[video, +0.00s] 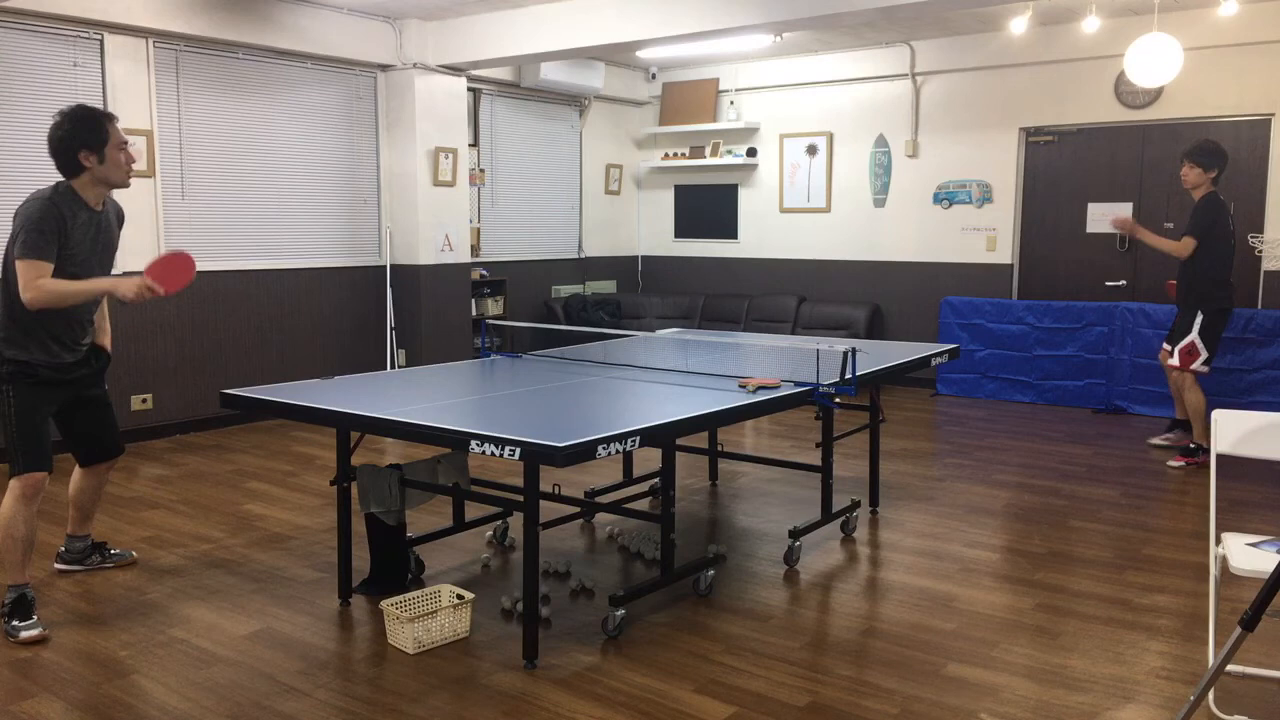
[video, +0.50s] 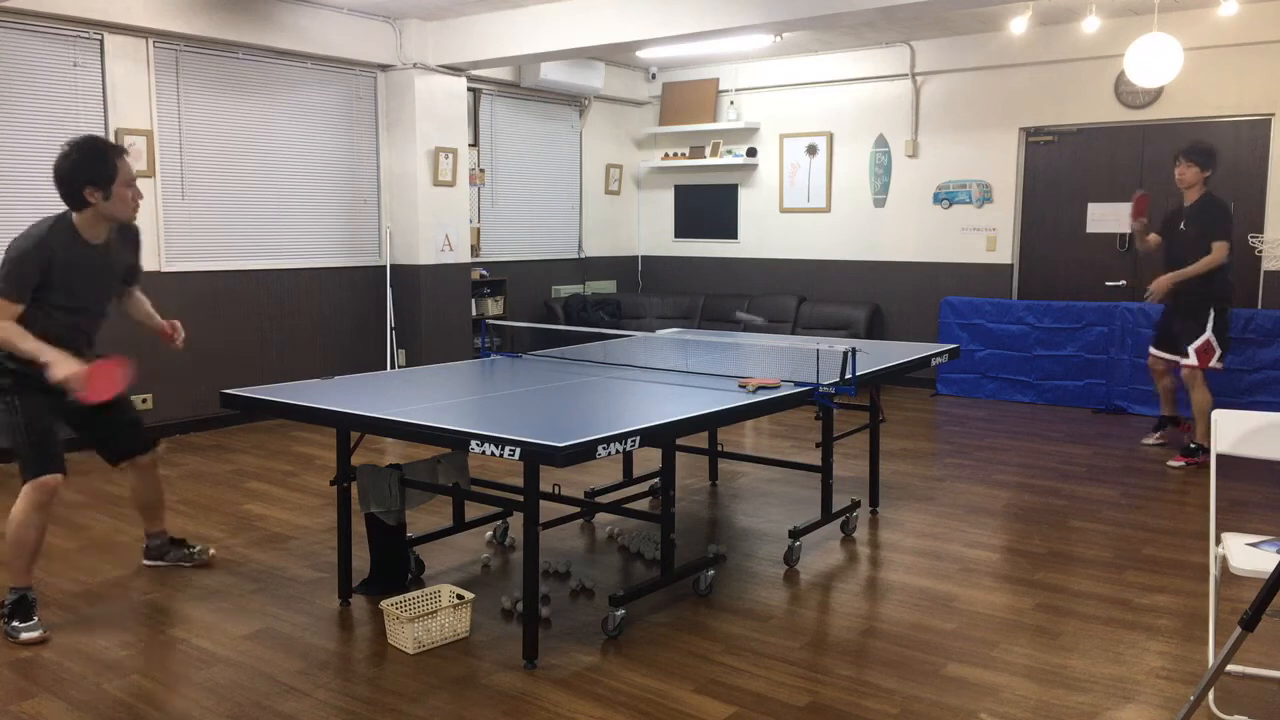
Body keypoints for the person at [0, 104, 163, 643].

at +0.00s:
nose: (131, 154)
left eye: (127, 144)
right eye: (120, 148)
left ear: (94, 158)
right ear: (86, 160)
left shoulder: (111, 214)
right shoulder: (41, 211)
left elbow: (96, 281)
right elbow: (33, 292)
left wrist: (102, 343)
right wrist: (110, 284)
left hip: (77, 361)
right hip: (22, 365)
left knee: (101, 453)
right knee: (30, 478)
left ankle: (78, 544)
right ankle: (16, 594)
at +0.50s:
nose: (138, 192)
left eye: (135, 181)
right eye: (128, 184)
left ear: (102, 193)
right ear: (93, 196)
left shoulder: (124, 238)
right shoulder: (36, 246)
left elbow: (125, 291)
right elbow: (2, 323)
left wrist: (158, 323)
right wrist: (51, 355)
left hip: (82, 367)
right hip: (23, 374)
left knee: (141, 451)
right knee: (45, 480)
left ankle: (158, 543)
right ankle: (18, 598)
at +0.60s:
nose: (147, 197)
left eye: (145, 187)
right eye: (137, 191)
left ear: (109, 199)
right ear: (101, 202)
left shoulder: (141, 241)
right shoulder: (41, 247)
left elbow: (148, 293)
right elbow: (3, 307)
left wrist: (169, 325)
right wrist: (14, 359)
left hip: (102, 368)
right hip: (42, 373)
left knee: (167, 455)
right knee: (44, 478)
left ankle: (162, 543)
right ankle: (19, 598)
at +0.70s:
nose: (159, 207)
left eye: (157, 197)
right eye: (149, 200)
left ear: (127, 206)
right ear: (112, 209)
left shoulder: (156, 248)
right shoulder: (51, 253)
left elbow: (169, 299)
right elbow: (14, 306)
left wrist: (183, 334)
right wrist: (3, 358)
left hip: (124, 373)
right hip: (60, 377)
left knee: (186, 457)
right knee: (52, 477)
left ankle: (164, 542)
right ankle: (21, 596)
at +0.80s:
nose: (172, 212)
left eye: (171, 203)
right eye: (161, 206)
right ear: (124, 213)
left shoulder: (171, 251)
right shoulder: (74, 253)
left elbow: (182, 300)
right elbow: (39, 313)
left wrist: (193, 339)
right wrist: (19, 361)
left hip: (139, 377)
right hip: (77, 380)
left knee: (199, 457)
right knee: (63, 477)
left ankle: (167, 541)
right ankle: (23, 596)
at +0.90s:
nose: (181, 205)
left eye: (182, 195)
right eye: (171, 199)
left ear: (179, 193)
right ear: (135, 203)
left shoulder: (181, 242)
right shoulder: (97, 251)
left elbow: (184, 293)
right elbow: (83, 323)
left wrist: (197, 331)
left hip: (143, 370)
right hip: (87, 373)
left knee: (201, 454)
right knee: (66, 477)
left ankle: (167, 541)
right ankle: (24, 596)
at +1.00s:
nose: (192, 191)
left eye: (192, 180)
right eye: (181, 183)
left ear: (173, 185)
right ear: (147, 189)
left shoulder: (175, 229)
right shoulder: (122, 237)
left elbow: (167, 283)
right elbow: (153, 312)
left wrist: (195, 314)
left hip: (133, 366)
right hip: (78, 368)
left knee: (188, 450)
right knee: (63, 472)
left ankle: (165, 541)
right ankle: (23, 595)